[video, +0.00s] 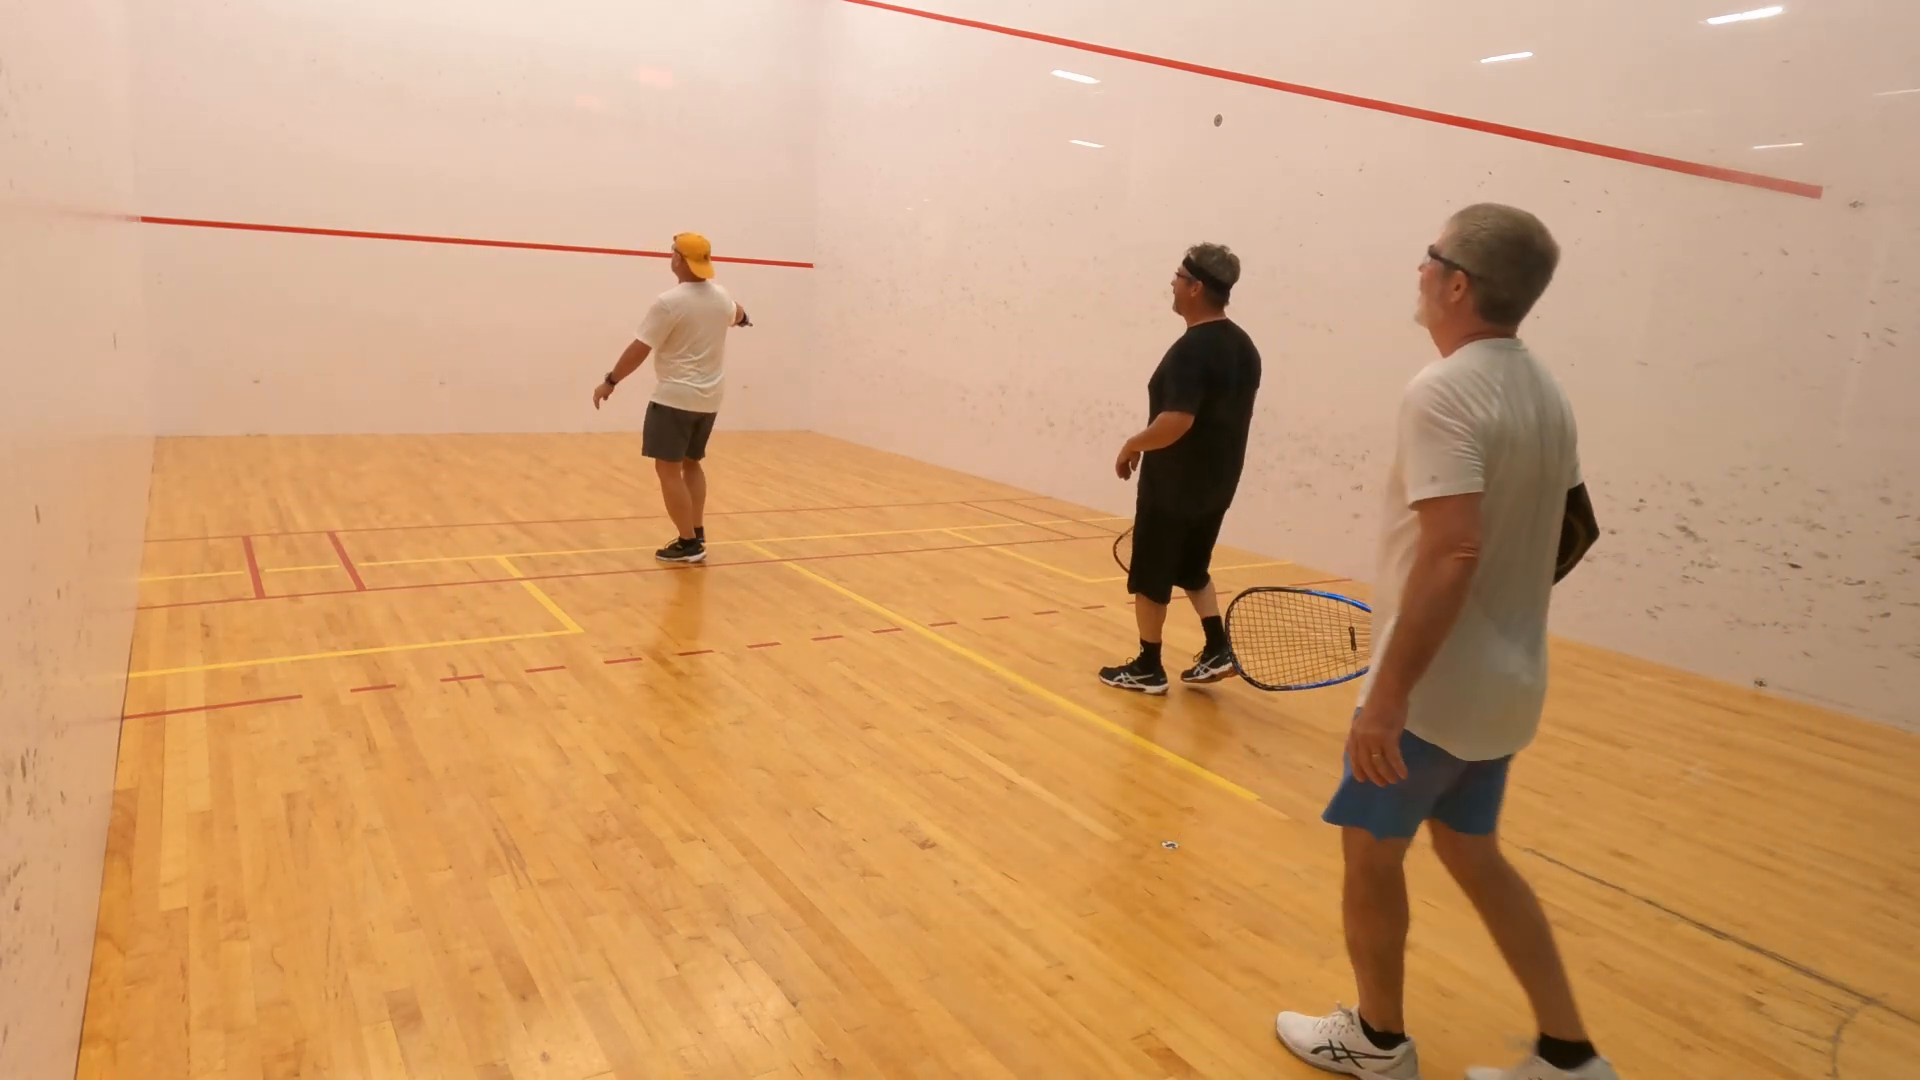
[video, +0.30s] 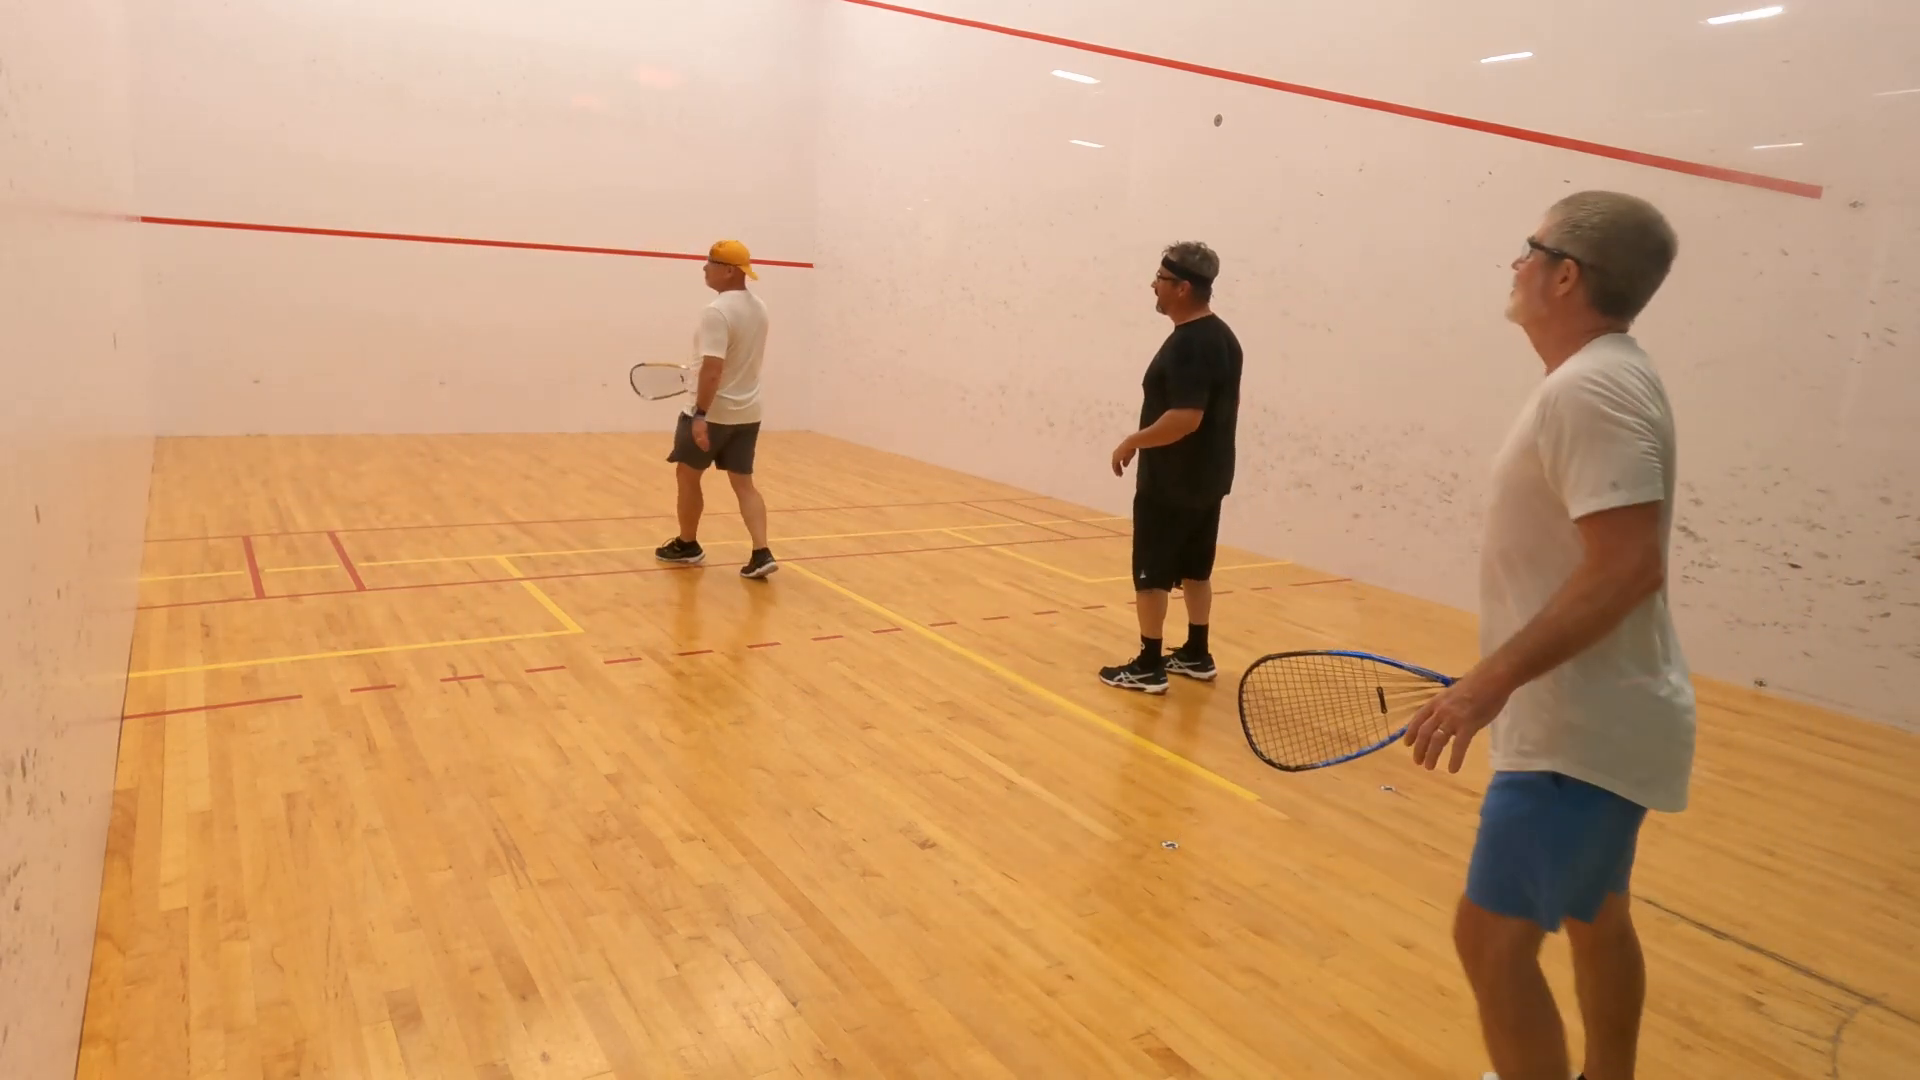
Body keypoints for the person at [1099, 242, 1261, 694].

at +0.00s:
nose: (1173, 283)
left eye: (1179, 278)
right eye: (1177, 275)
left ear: (1197, 290)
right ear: (1215, 292)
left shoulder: (1192, 349)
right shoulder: (1243, 347)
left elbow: (1174, 421)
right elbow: (1230, 422)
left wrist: (1132, 445)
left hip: (1172, 486)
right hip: (1214, 488)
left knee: (1151, 572)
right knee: (1193, 566)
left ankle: (1148, 665)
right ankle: (1218, 650)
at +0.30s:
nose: (1153, 286)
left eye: (1161, 279)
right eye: (1156, 278)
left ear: (1184, 288)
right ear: (1191, 288)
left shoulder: (1190, 341)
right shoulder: (1222, 338)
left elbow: (1185, 417)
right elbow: (1214, 417)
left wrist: (1133, 441)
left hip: (1169, 482)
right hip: (1205, 481)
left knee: (1150, 571)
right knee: (1196, 566)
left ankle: (1148, 665)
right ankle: (1196, 653)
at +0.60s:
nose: (1140, 303)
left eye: (1146, 295)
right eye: (1140, 294)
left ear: (1175, 294)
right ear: (1176, 295)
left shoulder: (1196, 344)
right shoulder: (1203, 335)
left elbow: (1206, 420)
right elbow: (1190, 418)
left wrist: (1150, 455)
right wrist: (1160, 468)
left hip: (1179, 480)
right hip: (1201, 479)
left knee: (1158, 569)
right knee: (1201, 564)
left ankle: (1150, 664)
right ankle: (1198, 653)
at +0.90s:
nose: (1134, 309)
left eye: (1141, 301)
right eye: (1134, 300)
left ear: (1171, 299)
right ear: (1170, 299)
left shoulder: (1200, 346)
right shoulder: (1183, 336)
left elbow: (1212, 424)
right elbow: (1183, 415)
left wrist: (1155, 460)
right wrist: (1154, 467)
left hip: (1185, 479)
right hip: (1191, 476)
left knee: (1160, 567)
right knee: (1202, 562)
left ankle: (1151, 665)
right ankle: (1198, 653)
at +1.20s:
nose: (1149, 293)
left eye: (1160, 286)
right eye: (1149, 285)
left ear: (1189, 292)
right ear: (1154, 287)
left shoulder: (1201, 345)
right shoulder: (1177, 335)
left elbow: (1211, 422)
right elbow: (1173, 412)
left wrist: (1150, 455)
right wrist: (1151, 469)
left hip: (1184, 476)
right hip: (1181, 472)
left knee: (1158, 567)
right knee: (1198, 561)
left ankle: (1151, 662)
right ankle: (1198, 652)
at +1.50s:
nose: (1168, 282)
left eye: (1179, 277)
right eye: (1166, 274)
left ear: (1201, 290)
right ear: (1161, 281)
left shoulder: (1203, 344)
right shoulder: (1170, 334)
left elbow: (1210, 418)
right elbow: (1153, 400)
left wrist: (1148, 448)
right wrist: (1131, 438)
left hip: (1185, 471)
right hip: (1171, 466)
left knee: (1157, 563)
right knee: (1199, 558)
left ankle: (1148, 663)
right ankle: (1197, 649)